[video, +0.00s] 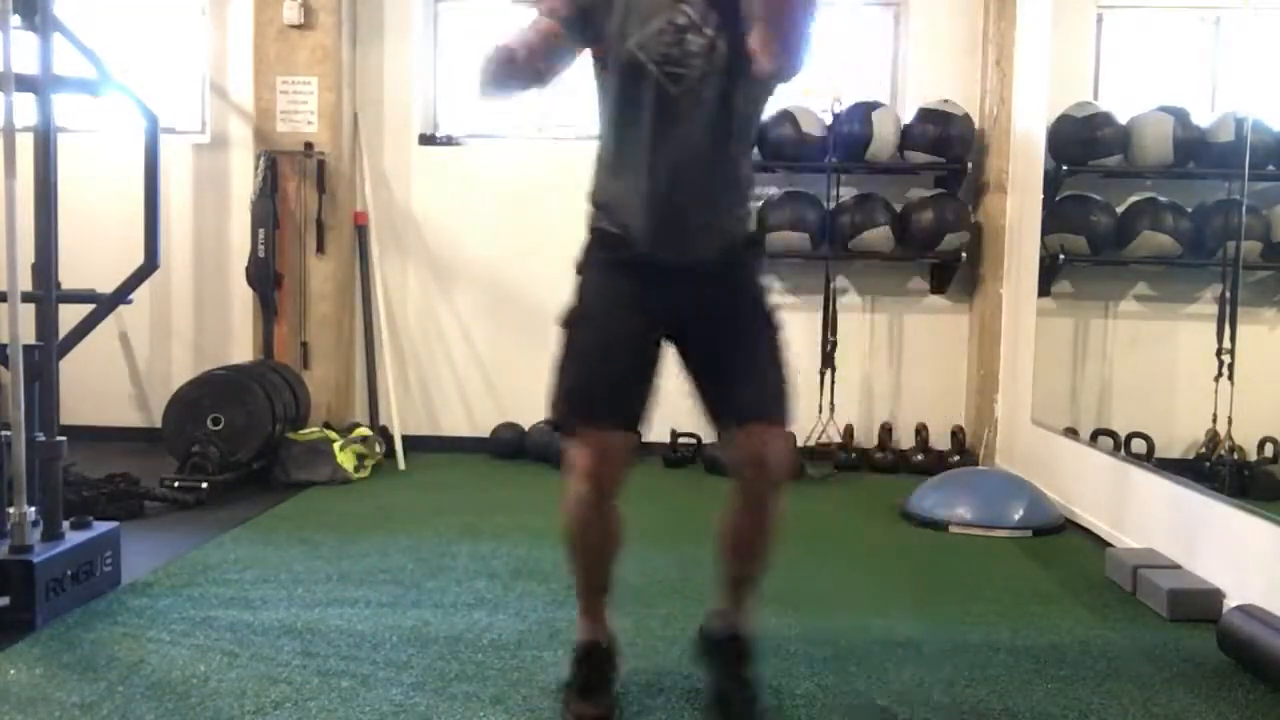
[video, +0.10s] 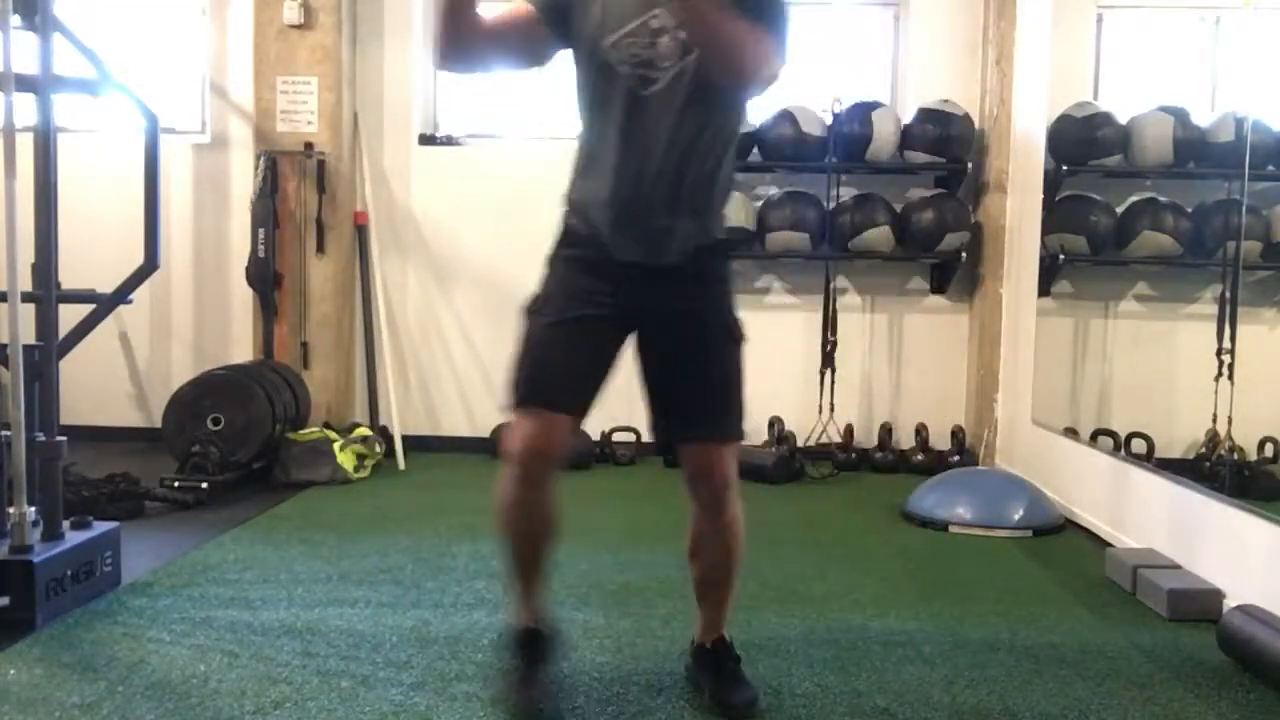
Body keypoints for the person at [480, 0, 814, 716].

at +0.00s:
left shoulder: (752, 15)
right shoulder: (607, 5)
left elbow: (780, 55)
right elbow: (503, 75)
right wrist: (518, 58)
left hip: (721, 260)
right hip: (622, 257)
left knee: (767, 460)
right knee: (591, 469)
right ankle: (593, 639)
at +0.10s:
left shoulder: (749, 8)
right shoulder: (584, 6)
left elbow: (752, 67)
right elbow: (459, 46)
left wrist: (687, 0)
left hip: (692, 261)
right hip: (591, 253)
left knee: (714, 474)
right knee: (531, 446)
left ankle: (712, 646)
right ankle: (529, 628)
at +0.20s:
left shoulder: (696, 8)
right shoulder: (541, 7)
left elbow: (712, 85)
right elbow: (418, 16)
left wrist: (610, 81)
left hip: (656, 265)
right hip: (552, 259)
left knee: (695, 472)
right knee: (476, 449)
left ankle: (713, 646)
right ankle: (430, 633)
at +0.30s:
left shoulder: (639, 11)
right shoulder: (496, 6)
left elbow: (677, 111)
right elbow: (420, 5)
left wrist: (602, 192)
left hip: (590, 261)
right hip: (493, 257)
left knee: (649, 466)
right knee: (432, 455)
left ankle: (704, 643)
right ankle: (404, 649)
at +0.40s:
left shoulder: (611, 15)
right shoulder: (456, 3)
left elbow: (671, 151)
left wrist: (654, 260)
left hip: (541, 261)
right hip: (444, 252)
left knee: (556, 452)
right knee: (399, 445)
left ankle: (670, 607)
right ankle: (397, 650)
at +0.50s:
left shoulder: (592, 10)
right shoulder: (433, 4)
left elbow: (671, 130)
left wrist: (712, 259)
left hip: (517, 233)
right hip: (424, 230)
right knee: (392, 432)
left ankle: (571, 557)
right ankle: (396, 648)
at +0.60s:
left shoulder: (586, 6)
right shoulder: (418, 1)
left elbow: (673, 99)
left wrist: (737, 216)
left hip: (513, 220)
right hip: (424, 222)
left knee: (355, 289)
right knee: (388, 437)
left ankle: (440, 493)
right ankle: (397, 644)